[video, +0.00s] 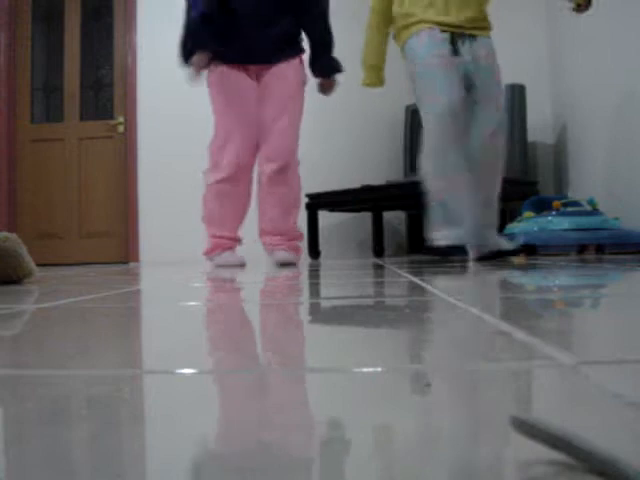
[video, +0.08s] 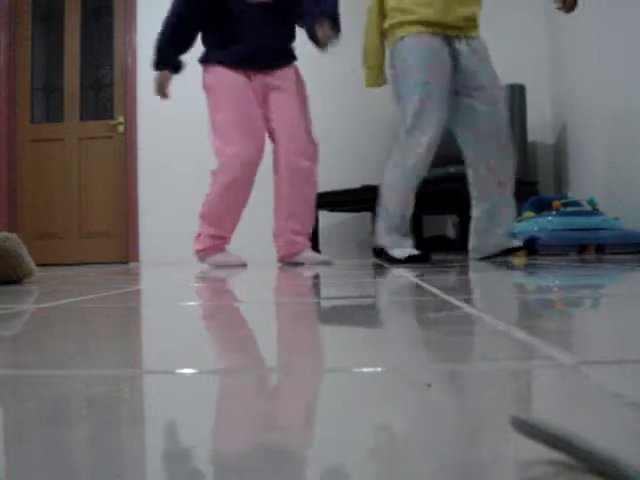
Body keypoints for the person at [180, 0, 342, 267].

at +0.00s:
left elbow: (315, 7)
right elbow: (199, 4)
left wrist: (324, 62)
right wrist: (198, 43)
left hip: (284, 60)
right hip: (229, 60)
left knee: (280, 158)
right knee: (232, 158)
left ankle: (282, 242)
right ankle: (222, 245)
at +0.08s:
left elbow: (309, 3)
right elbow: (186, 9)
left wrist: (322, 21)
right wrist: (165, 61)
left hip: (279, 67)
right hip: (227, 67)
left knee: (299, 154)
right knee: (241, 153)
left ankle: (294, 247)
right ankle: (211, 246)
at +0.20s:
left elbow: (299, 13)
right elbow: (175, 13)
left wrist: (310, 7)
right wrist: (147, 61)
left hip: (272, 70)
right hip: (220, 72)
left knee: (293, 155)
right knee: (235, 158)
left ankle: (293, 247)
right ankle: (212, 249)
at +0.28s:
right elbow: (170, 4)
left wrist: (293, 13)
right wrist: (140, 46)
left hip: (258, 60)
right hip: (206, 62)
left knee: (267, 153)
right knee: (209, 155)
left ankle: (282, 240)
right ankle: (208, 242)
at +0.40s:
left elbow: (281, 4)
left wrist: (282, 45)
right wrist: (134, 32)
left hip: (245, 59)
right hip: (192, 62)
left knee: (245, 158)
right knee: (185, 160)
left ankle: (275, 249)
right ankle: (199, 250)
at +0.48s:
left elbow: (272, 7)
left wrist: (274, 65)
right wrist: (135, 20)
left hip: (238, 58)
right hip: (187, 60)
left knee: (240, 155)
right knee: (172, 159)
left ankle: (272, 247)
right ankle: (194, 251)